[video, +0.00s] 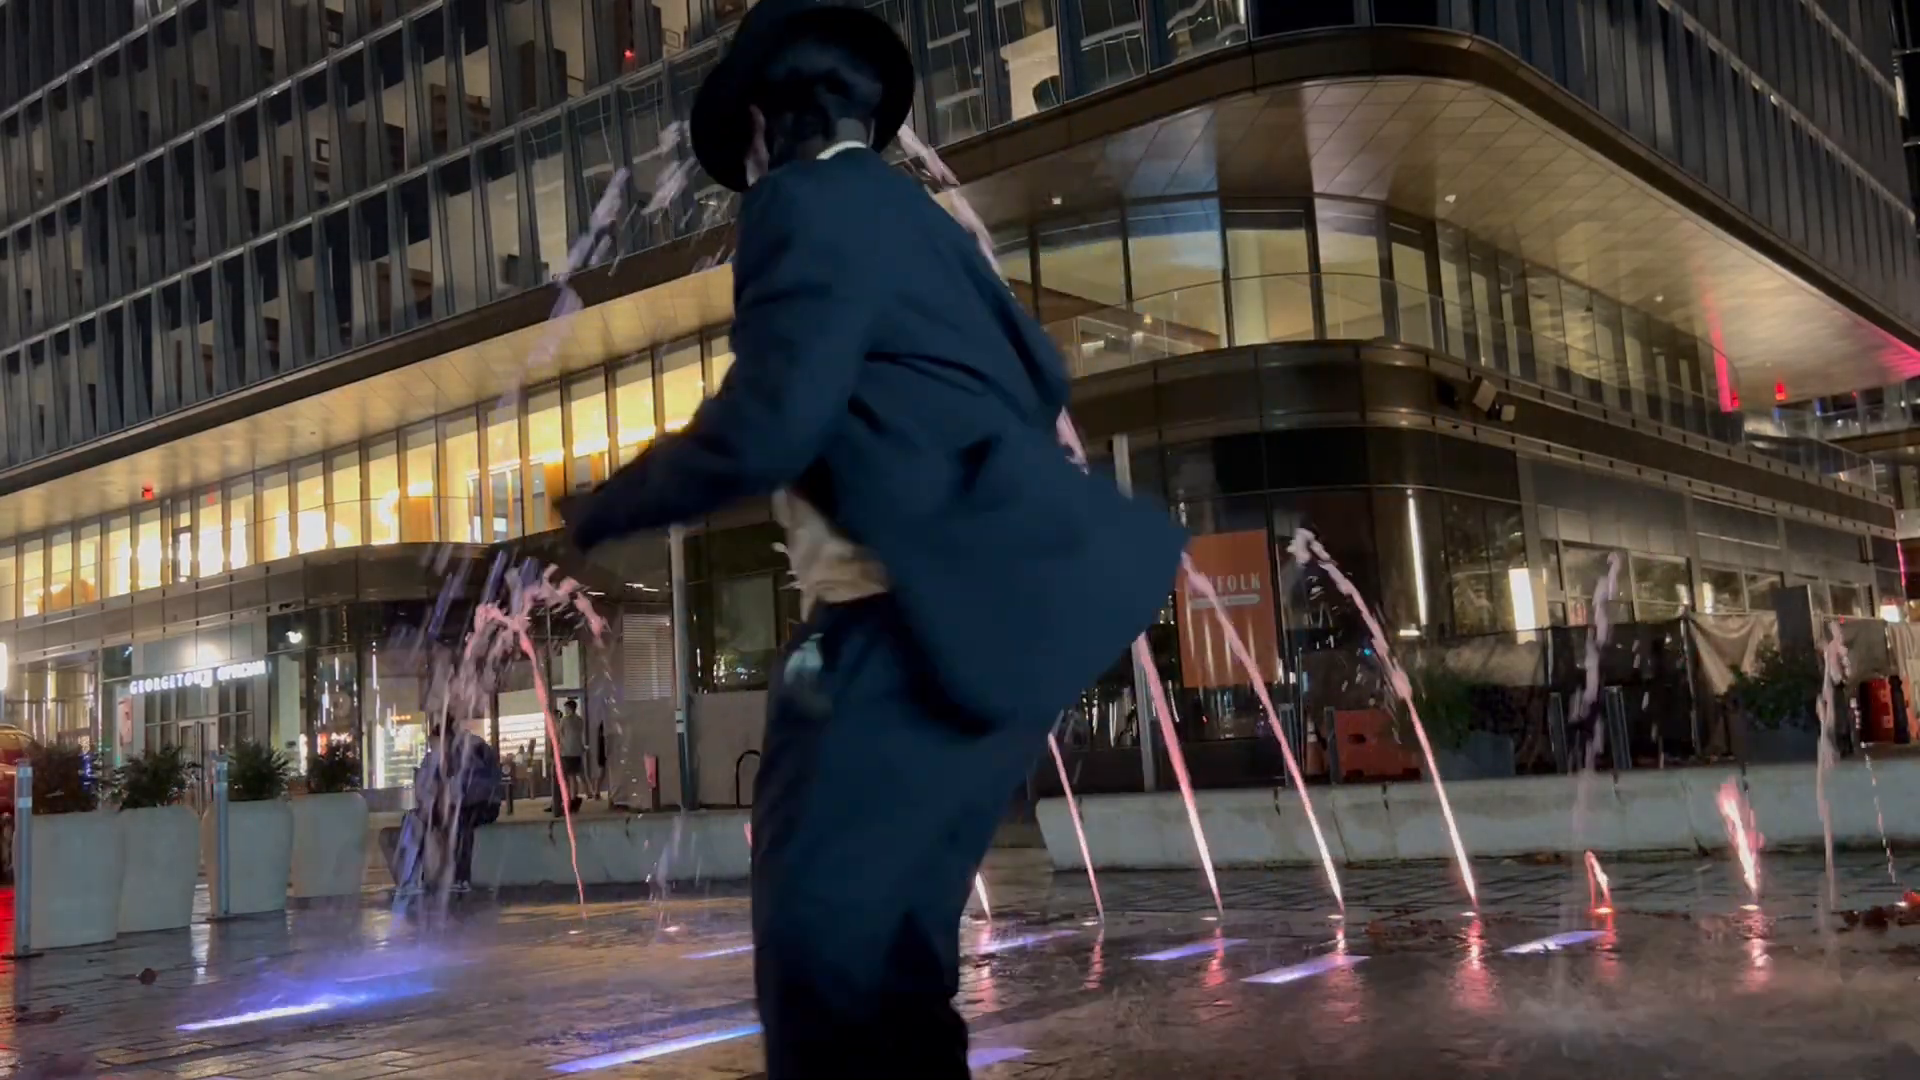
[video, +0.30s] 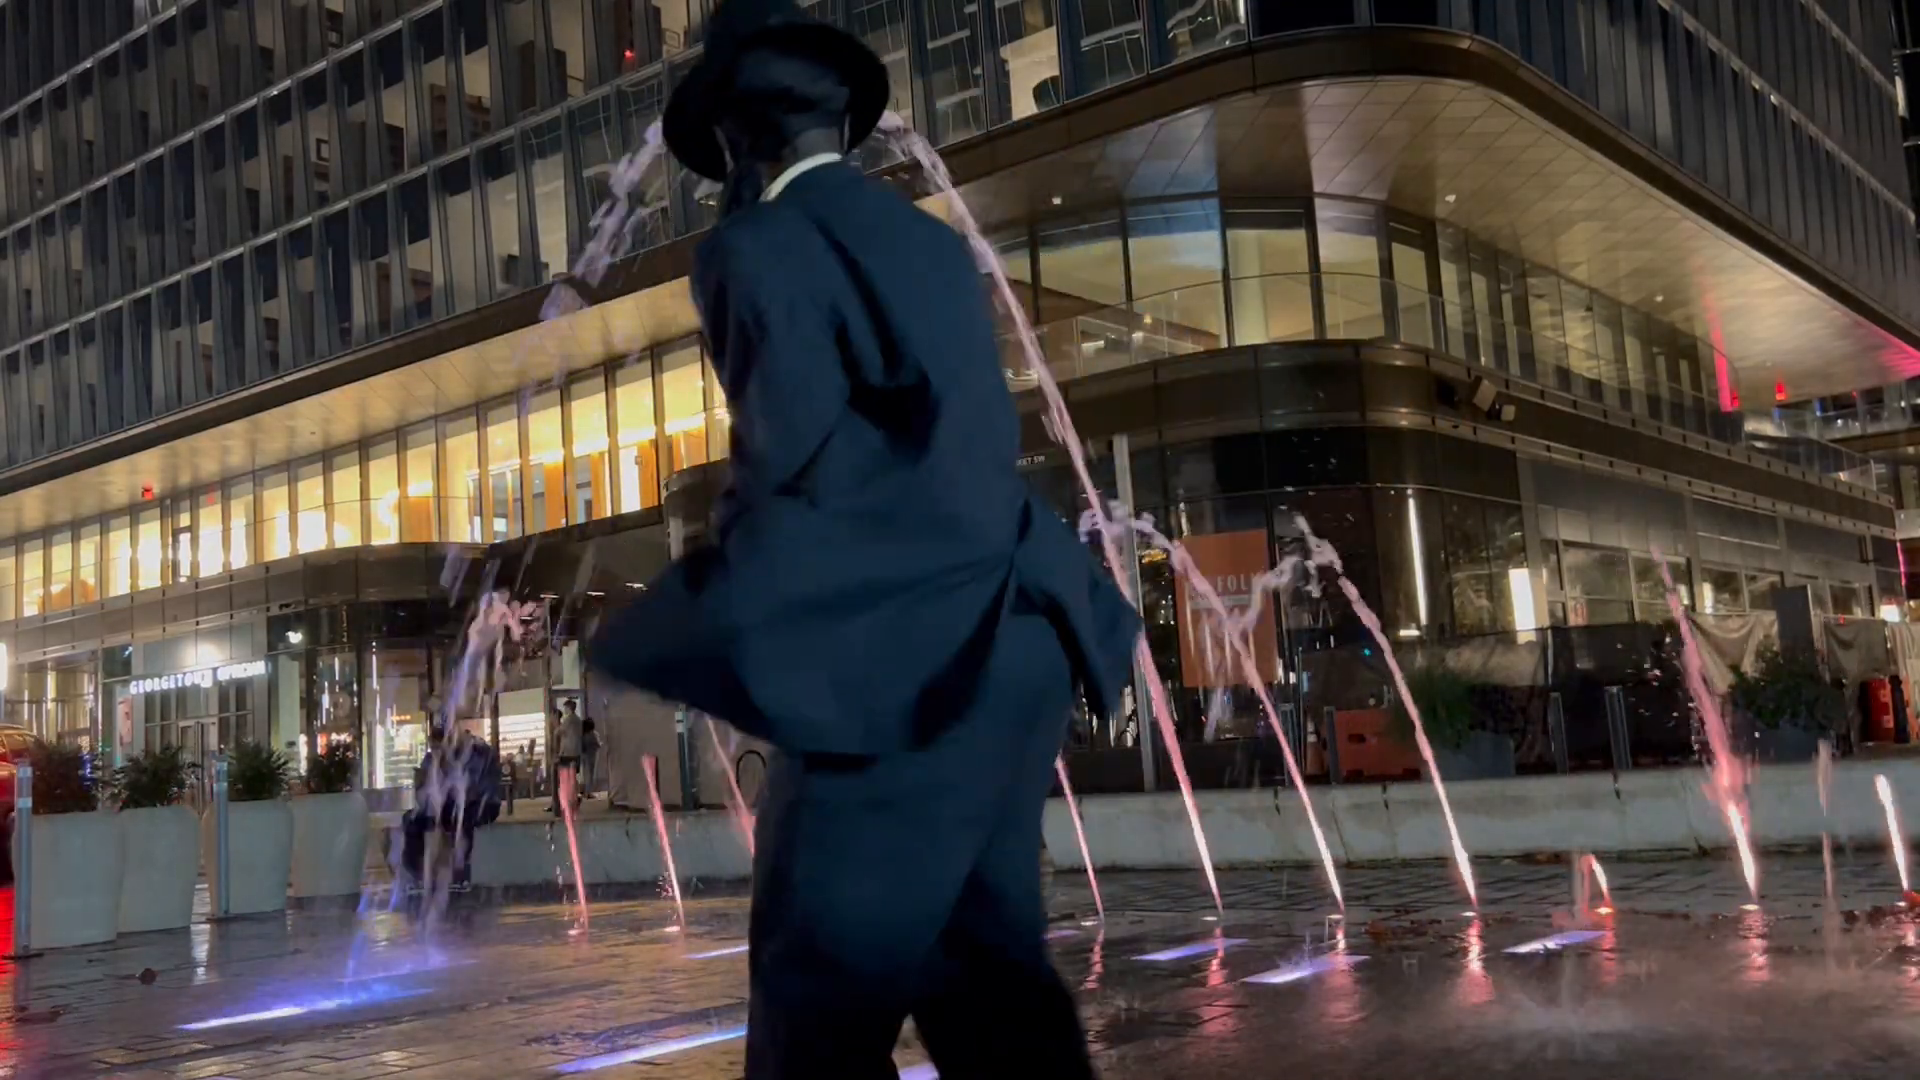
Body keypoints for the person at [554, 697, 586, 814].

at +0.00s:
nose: (566, 710)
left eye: (567, 708)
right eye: (566, 708)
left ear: (568, 709)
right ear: (575, 709)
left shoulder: (564, 721)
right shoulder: (580, 720)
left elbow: (559, 734)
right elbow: (581, 733)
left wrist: (558, 746)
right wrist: (582, 745)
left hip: (566, 752)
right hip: (577, 751)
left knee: (569, 777)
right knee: (576, 776)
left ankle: (571, 797)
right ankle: (575, 797)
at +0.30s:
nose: (565, 710)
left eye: (566, 708)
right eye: (565, 708)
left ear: (568, 708)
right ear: (574, 708)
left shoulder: (567, 719)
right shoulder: (578, 720)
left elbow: (560, 730)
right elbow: (577, 735)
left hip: (566, 753)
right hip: (576, 752)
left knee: (560, 779)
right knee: (573, 777)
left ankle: (555, 804)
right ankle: (575, 798)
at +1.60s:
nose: (560, 711)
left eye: (561, 709)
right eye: (560, 709)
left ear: (563, 709)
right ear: (569, 708)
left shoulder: (565, 720)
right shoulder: (571, 719)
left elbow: (557, 732)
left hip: (563, 753)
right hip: (569, 752)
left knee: (561, 779)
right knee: (569, 778)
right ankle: (571, 801)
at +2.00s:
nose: (557, 711)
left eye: (558, 709)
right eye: (558, 709)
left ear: (559, 709)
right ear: (566, 708)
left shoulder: (559, 721)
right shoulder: (567, 720)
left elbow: (553, 732)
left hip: (559, 754)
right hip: (567, 753)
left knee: (557, 779)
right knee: (569, 779)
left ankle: (557, 804)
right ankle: (571, 801)